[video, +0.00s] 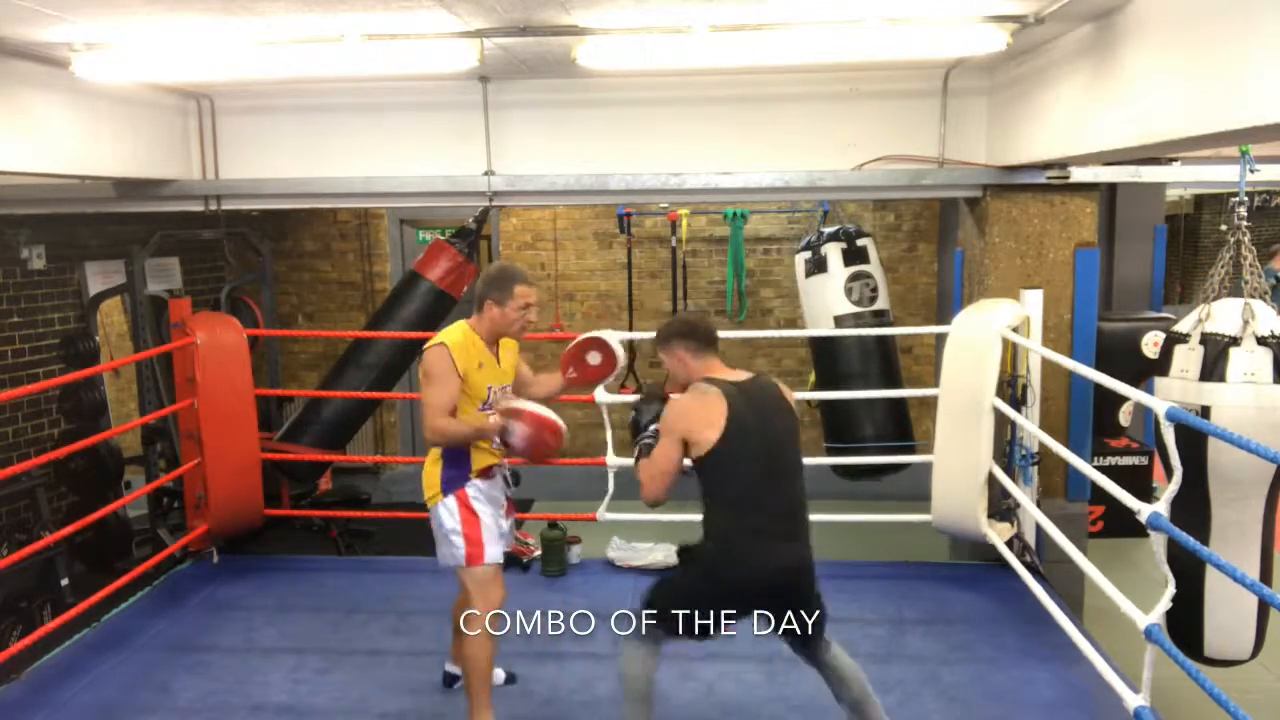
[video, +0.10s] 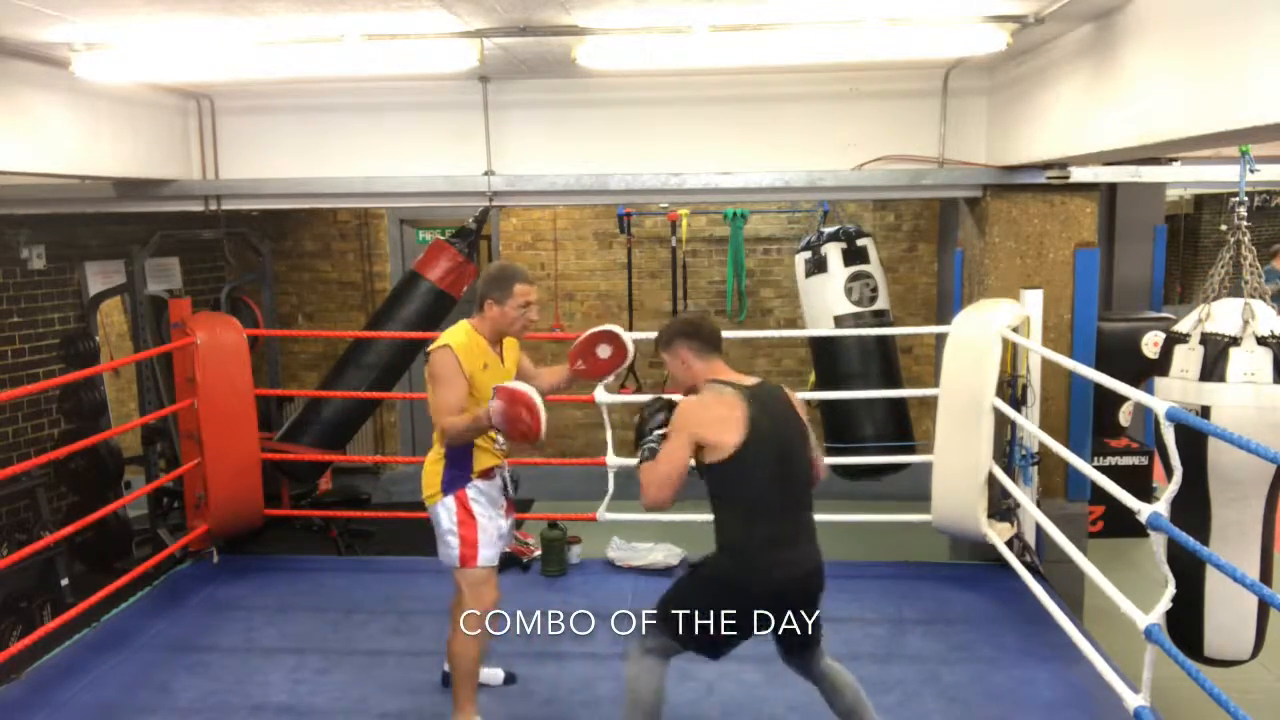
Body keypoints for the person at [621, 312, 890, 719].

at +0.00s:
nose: (668, 375)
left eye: (666, 364)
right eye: (664, 365)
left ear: (682, 355)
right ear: (711, 349)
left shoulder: (685, 407)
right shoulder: (778, 393)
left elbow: (652, 492)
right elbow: (759, 458)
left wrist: (648, 432)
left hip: (727, 570)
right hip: (790, 567)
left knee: (641, 636)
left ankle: (635, 716)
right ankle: (877, 716)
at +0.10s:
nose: (669, 378)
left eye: (668, 366)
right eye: (666, 367)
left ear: (685, 356)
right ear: (714, 350)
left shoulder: (696, 410)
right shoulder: (785, 396)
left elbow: (655, 496)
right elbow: (814, 471)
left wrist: (649, 437)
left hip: (740, 575)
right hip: (802, 570)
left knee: (649, 651)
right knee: (811, 660)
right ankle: (870, 716)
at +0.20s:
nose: (667, 368)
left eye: (666, 356)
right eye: (664, 358)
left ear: (688, 349)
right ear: (700, 346)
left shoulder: (731, 394)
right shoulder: (763, 387)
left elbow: (713, 484)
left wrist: (679, 445)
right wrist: (684, 430)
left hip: (758, 567)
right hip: (804, 561)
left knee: (649, 648)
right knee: (802, 657)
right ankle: (868, 718)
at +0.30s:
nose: (683, 360)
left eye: (681, 349)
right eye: (679, 351)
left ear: (698, 334)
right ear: (716, 331)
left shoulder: (733, 375)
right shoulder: (767, 367)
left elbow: (715, 462)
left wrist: (661, 445)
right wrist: (679, 407)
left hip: (752, 560)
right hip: (804, 557)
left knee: (656, 650)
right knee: (813, 653)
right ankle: (873, 716)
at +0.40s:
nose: (695, 340)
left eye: (695, 330)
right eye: (694, 331)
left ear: (711, 325)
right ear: (747, 321)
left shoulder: (709, 366)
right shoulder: (805, 364)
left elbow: (640, 428)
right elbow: (845, 409)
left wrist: (605, 395)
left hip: (731, 557)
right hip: (800, 557)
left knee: (658, 650)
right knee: (840, 649)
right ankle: (885, 716)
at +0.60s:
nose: (662, 374)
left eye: (661, 364)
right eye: (659, 366)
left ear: (682, 353)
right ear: (711, 348)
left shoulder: (687, 391)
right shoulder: (770, 389)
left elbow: (619, 455)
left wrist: (596, 422)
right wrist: (631, 421)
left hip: (723, 574)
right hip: (793, 573)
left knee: (637, 649)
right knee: (836, 656)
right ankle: (884, 717)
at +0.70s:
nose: (611, 414)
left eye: (610, 402)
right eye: (607, 404)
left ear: (629, 392)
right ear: (661, 384)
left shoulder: (664, 435)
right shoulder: (732, 420)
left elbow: (624, 525)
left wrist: (590, 489)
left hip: (724, 597)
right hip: (786, 592)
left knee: (615, 640)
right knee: (818, 663)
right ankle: (869, 714)